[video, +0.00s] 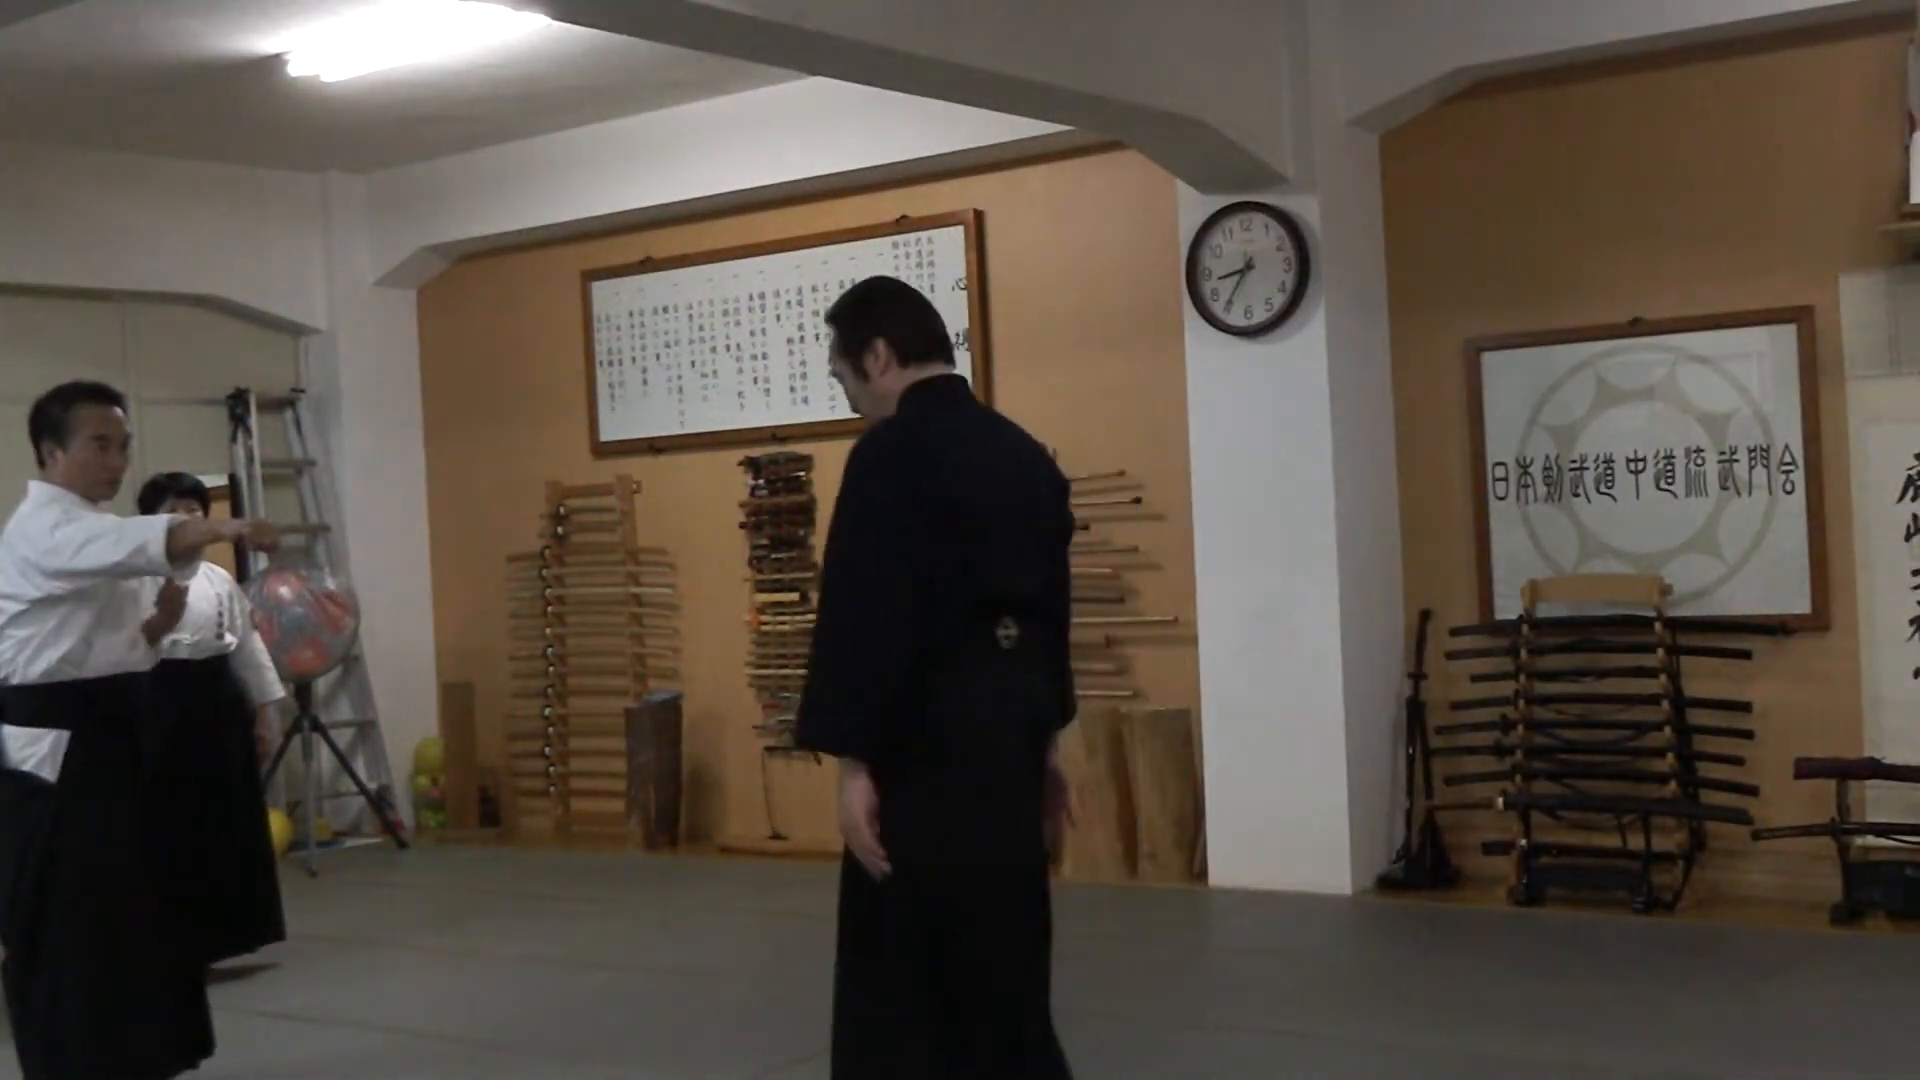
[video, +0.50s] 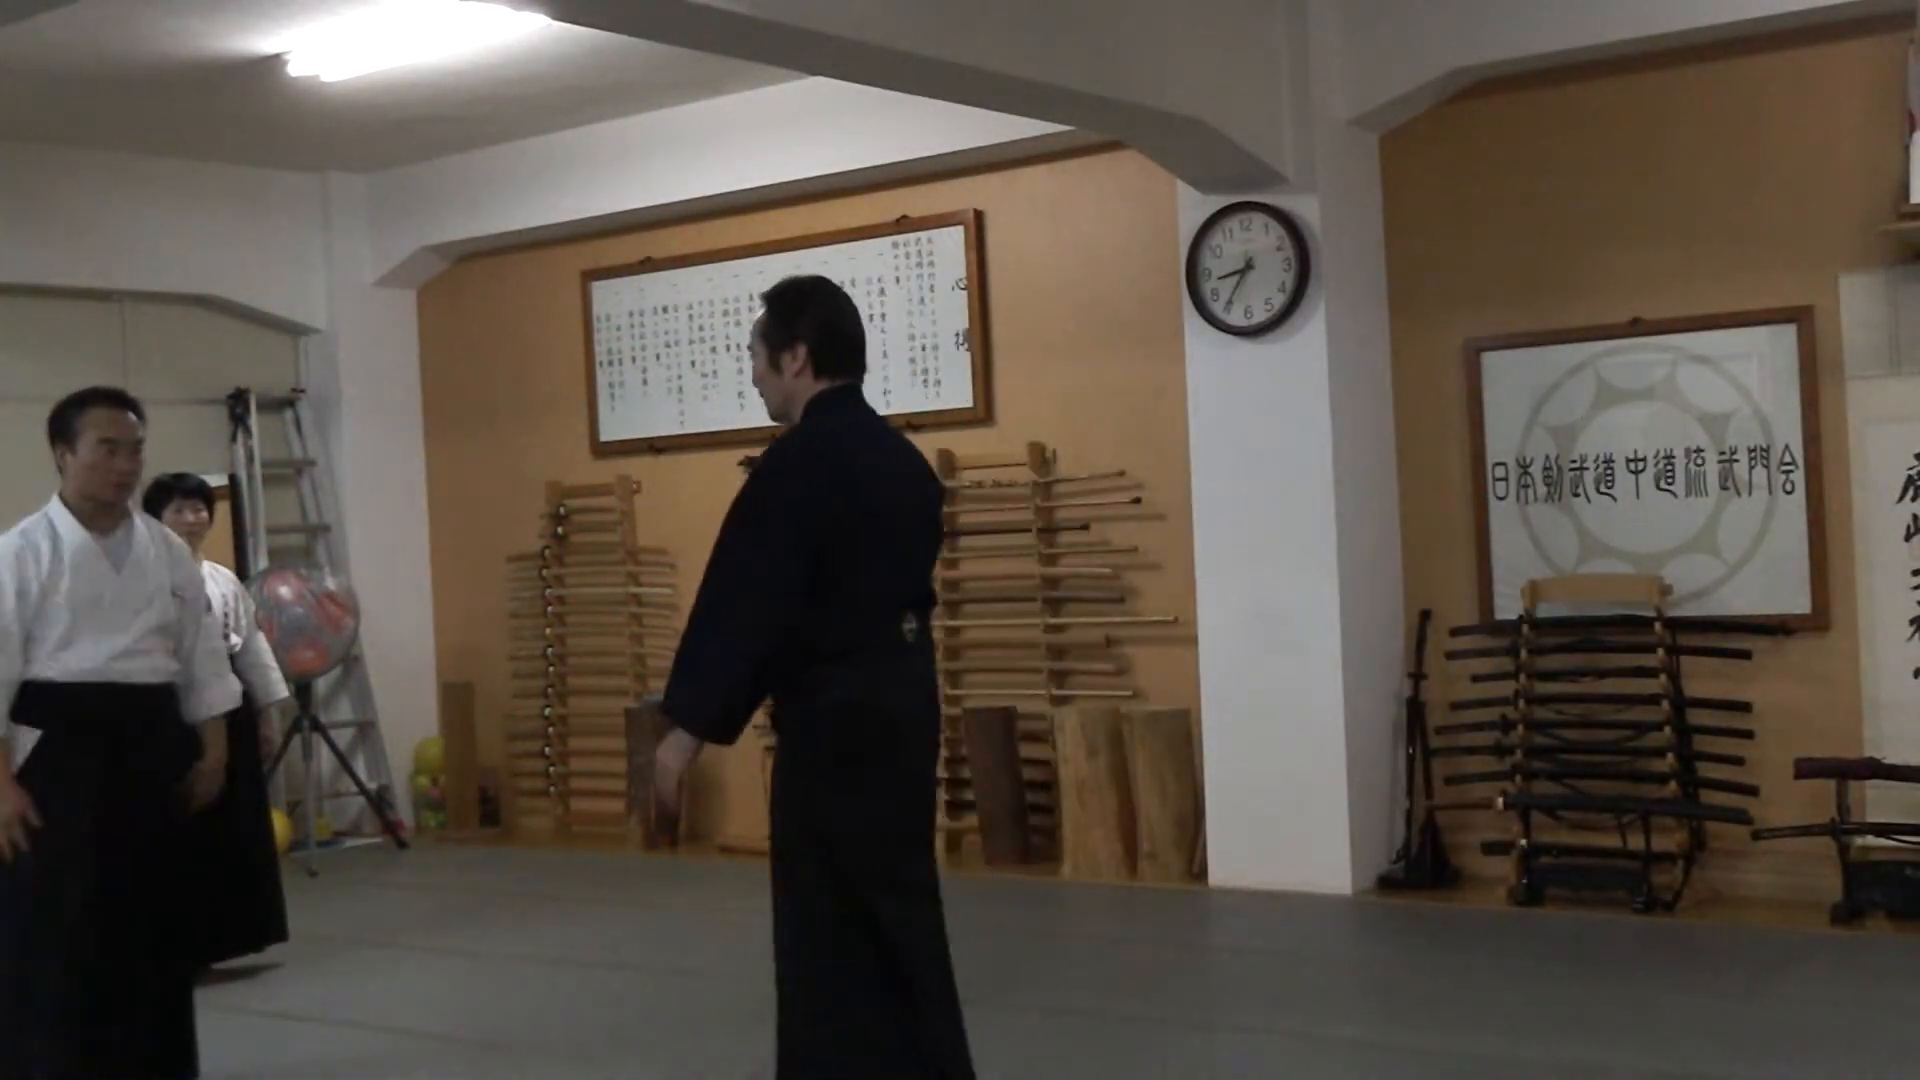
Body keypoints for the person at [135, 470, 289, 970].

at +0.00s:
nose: (186, 522)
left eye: (195, 512)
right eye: (173, 513)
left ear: (207, 519)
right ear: (148, 523)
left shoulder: (219, 580)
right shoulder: (137, 583)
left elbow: (245, 644)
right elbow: (131, 654)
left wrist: (265, 707)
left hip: (218, 700)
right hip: (160, 704)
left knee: (224, 814)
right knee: (169, 821)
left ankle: (222, 934)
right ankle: (176, 938)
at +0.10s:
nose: (187, 521)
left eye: (195, 511)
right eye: (174, 513)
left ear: (208, 519)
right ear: (149, 523)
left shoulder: (221, 580)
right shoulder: (139, 583)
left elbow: (246, 645)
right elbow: (133, 655)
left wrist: (265, 710)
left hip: (220, 699)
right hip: (162, 704)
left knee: (226, 814)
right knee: (174, 821)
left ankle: (229, 932)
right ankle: (181, 938)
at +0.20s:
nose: (190, 518)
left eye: (197, 510)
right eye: (177, 510)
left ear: (208, 520)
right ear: (154, 522)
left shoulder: (221, 582)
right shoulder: (141, 583)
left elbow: (247, 644)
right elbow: (134, 656)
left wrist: (267, 708)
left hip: (220, 706)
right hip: (162, 711)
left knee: (227, 817)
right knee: (174, 826)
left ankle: (226, 934)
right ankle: (185, 939)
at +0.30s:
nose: (191, 518)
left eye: (198, 509)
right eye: (179, 510)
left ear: (208, 520)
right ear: (156, 521)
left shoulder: (222, 581)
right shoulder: (143, 581)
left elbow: (249, 646)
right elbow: (132, 650)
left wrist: (268, 712)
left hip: (221, 703)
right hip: (158, 708)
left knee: (229, 818)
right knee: (172, 825)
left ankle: (228, 934)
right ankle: (178, 939)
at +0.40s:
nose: (193, 518)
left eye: (200, 509)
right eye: (180, 509)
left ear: (210, 519)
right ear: (157, 521)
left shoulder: (222, 580)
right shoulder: (148, 580)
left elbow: (249, 646)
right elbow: (143, 656)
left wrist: (268, 711)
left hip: (227, 704)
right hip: (170, 709)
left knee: (234, 818)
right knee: (179, 824)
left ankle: (230, 936)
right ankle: (188, 941)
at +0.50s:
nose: (195, 518)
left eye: (201, 509)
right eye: (182, 509)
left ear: (211, 520)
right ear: (156, 521)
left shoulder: (223, 580)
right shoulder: (147, 579)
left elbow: (249, 646)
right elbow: (140, 659)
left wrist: (267, 711)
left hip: (227, 710)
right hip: (169, 716)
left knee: (234, 825)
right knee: (177, 831)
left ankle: (231, 936)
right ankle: (185, 944)